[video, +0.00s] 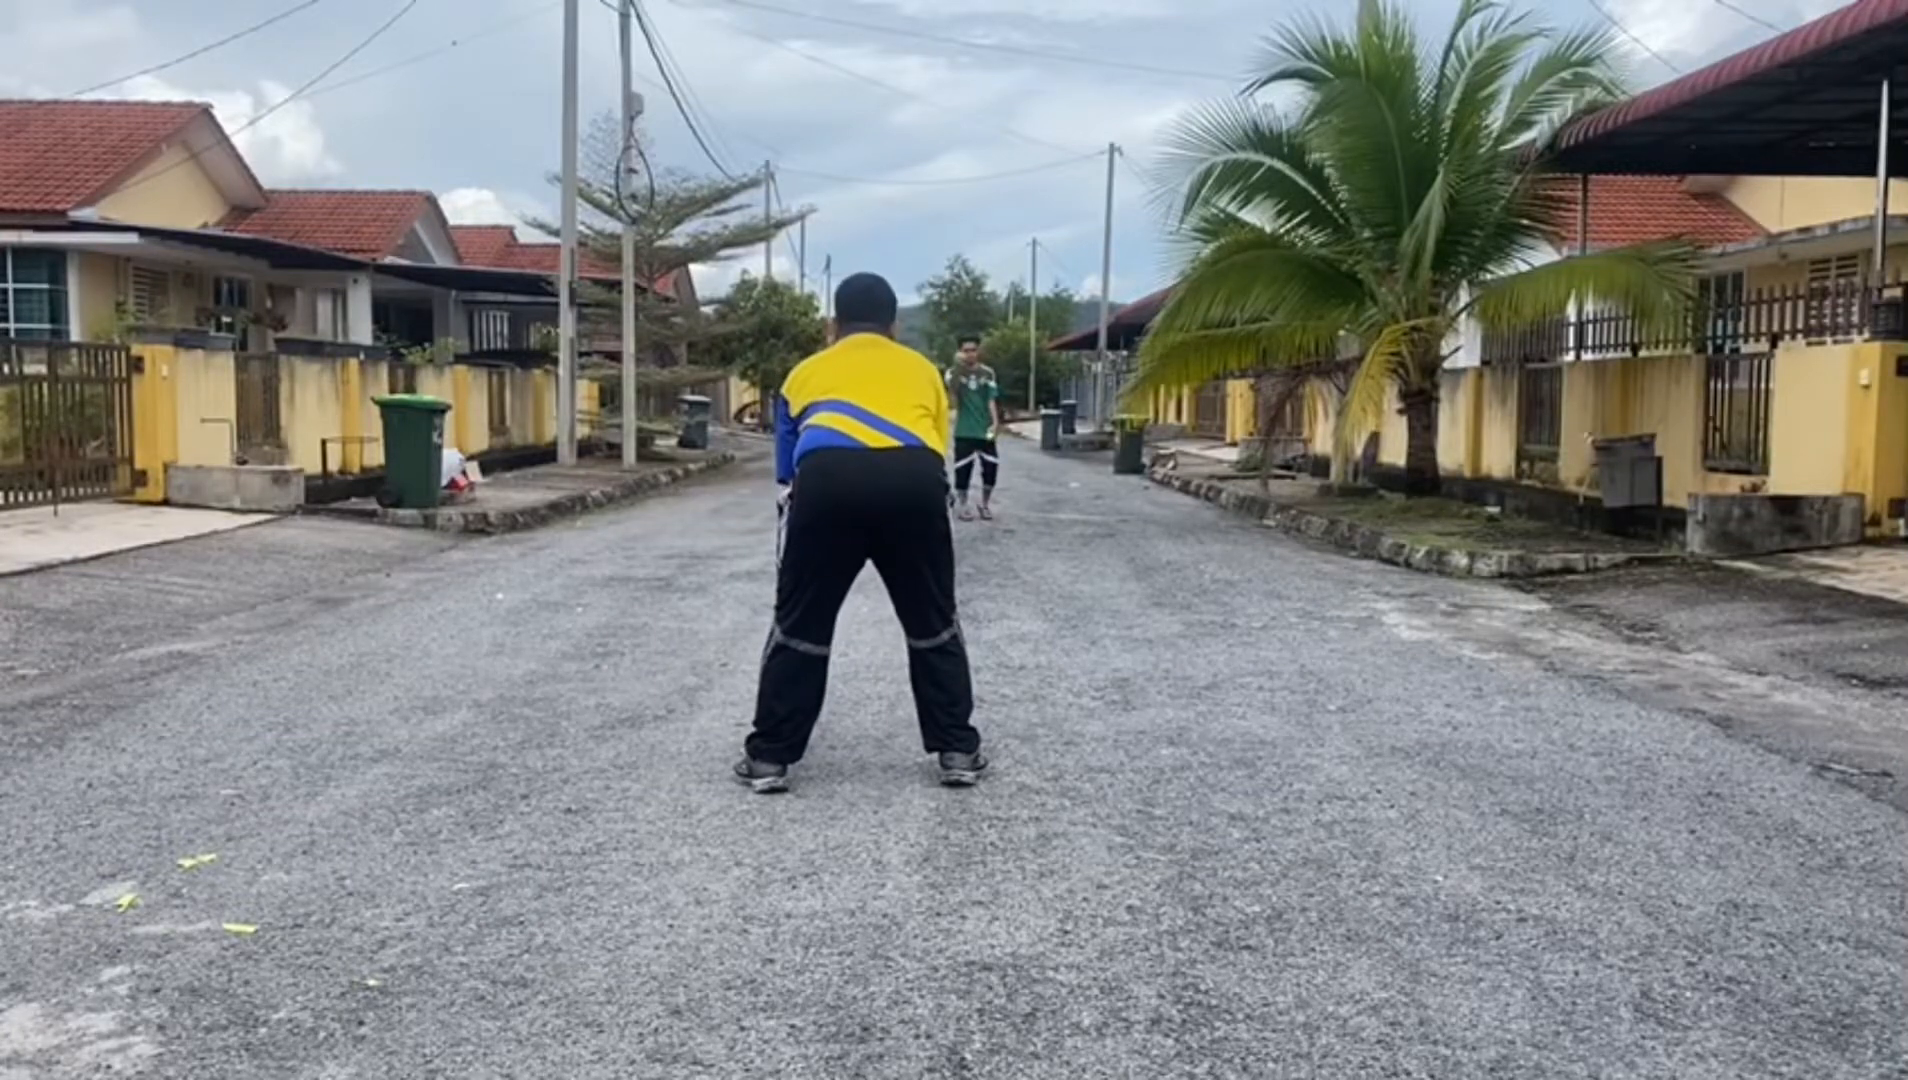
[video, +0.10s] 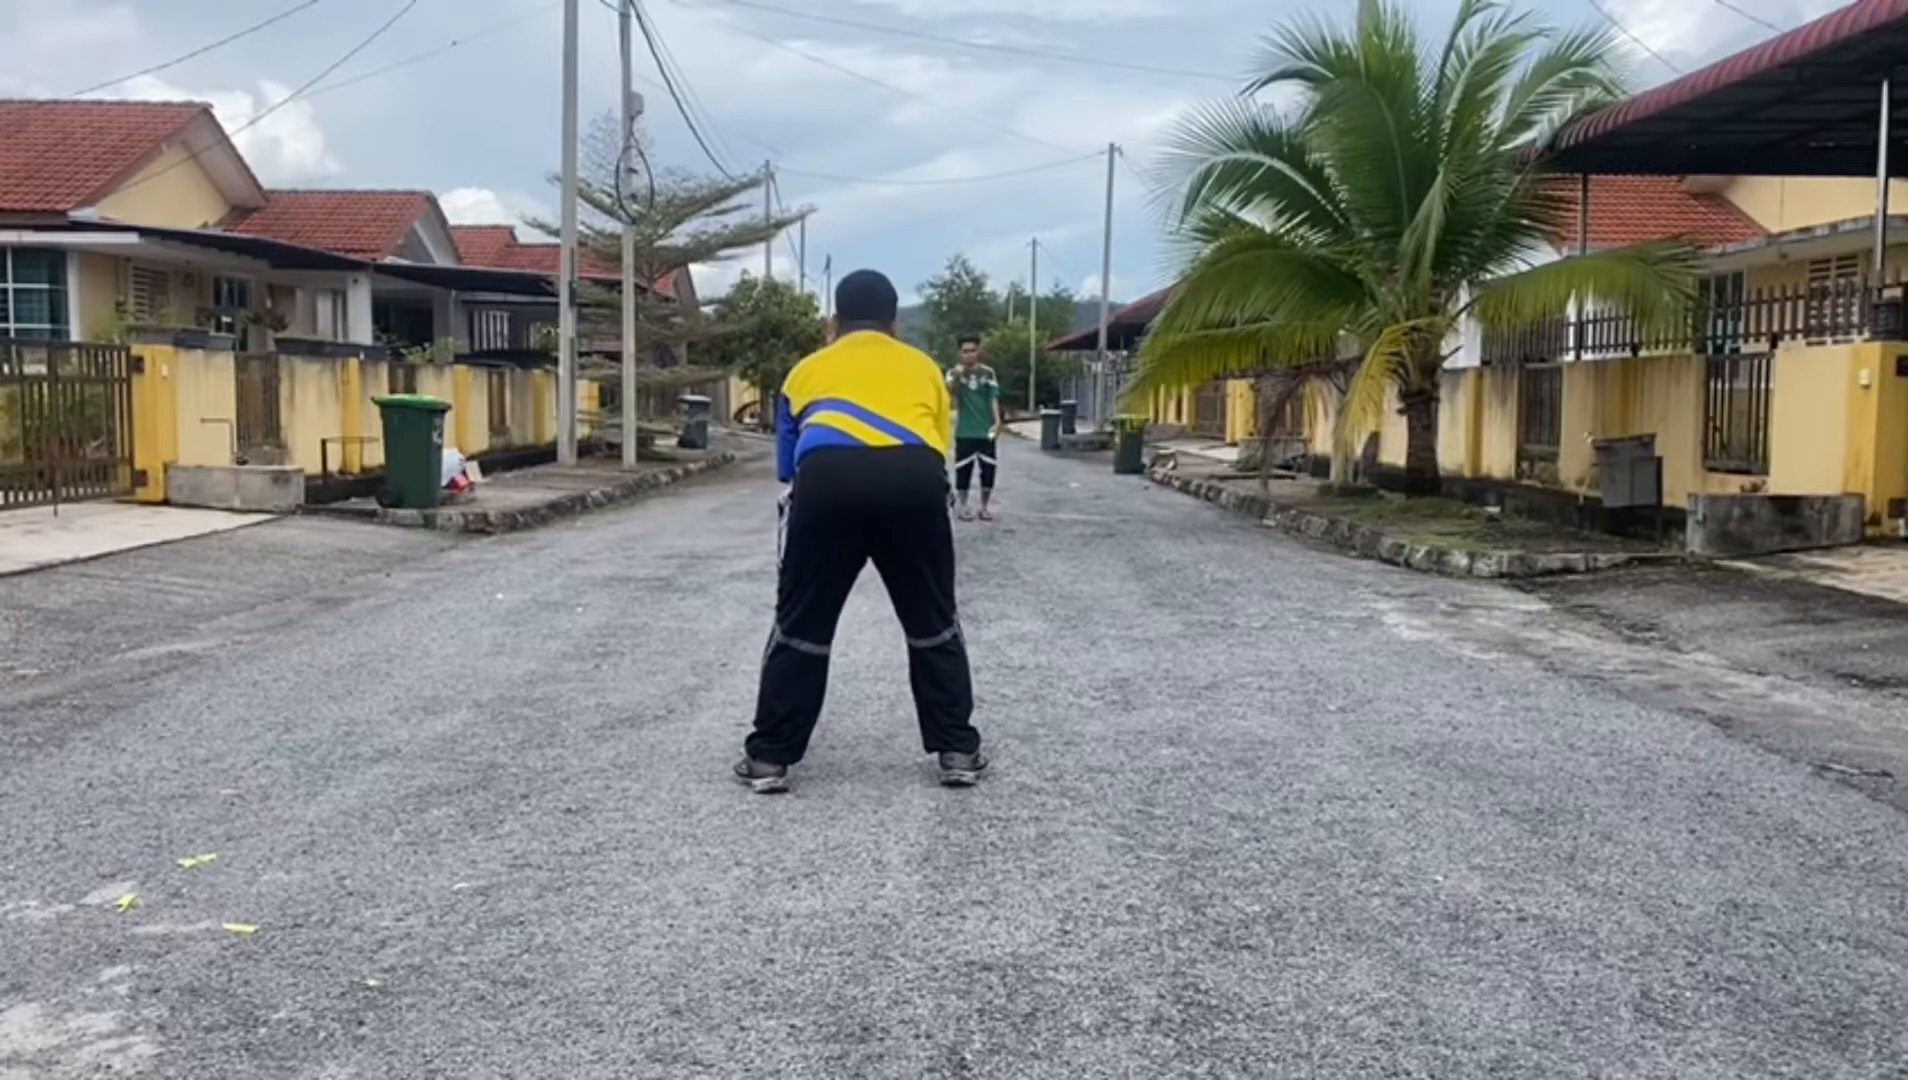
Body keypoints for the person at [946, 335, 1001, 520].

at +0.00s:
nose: (970, 355)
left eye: (973, 350)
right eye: (966, 351)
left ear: (978, 352)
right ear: (959, 353)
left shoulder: (987, 373)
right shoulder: (954, 375)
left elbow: (991, 400)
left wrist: (994, 423)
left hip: (984, 430)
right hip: (964, 430)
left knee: (990, 469)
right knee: (963, 471)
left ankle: (985, 503)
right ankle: (962, 504)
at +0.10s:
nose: (969, 355)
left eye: (972, 351)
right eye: (965, 351)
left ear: (978, 352)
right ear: (959, 353)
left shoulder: (988, 373)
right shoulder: (954, 374)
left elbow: (994, 398)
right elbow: (949, 396)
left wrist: (997, 421)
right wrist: (956, 377)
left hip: (985, 430)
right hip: (964, 430)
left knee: (988, 471)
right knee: (963, 471)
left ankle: (984, 506)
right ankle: (963, 505)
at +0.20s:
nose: (969, 355)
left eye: (972, 351)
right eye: (965, 351)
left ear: (979, 352)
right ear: (960, 353)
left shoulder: (990, 373)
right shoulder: (954, 376)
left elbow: (996, 399)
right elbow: (946, 399)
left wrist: (999, 422)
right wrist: (952, 400)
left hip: (986, 431)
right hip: (964, 432)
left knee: (986, 474)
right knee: (963, 473)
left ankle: (983, 507)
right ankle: (963, 505)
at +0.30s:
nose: (970, 355)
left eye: (973, 351)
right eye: (966, 351)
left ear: (980, 352)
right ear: (961, 354)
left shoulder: (991, 372)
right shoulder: (956, 377)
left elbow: (997, 398)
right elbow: (952, 404)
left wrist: (1001, 422)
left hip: (988, 431)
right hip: (967, 432)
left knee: (987, 474)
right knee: (964, 473)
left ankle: (983, 507)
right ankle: (963, 505)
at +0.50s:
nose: (970, 359)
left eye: (973, 354)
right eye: (966, 355)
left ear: (980, 354)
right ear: (961, 358)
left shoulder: (993, 373)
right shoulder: (959, 379)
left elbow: (1002, 398)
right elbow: (957, 404)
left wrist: (1005, 422)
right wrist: (954, 423)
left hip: (993, 429)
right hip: (973, 430)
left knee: (990, 471)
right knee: (969, 468)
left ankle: (983, 506)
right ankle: (964, 504)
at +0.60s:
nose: (968, 360)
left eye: (971, 355)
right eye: (964, 356)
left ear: (978, 356)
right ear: (960, 359)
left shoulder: (992, 373)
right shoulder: (962, 378)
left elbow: (1003, 398)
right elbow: (957, 379)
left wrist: (1008, 422)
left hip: (995, 428)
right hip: (975, 428)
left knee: (991, 470)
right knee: (972, 465)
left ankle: (984, 507)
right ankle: (965, 503)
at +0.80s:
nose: (966, 360)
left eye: (969, 355)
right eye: (963, 356)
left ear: (977, 356)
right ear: (959, 359)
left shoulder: (991, 373)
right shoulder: (960, 379)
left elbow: (1003, 398)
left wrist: (1009, 421)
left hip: (996, 428)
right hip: (975, 428)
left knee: (992, 468)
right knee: (975, 466)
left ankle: (984, 507)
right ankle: (970, 506)